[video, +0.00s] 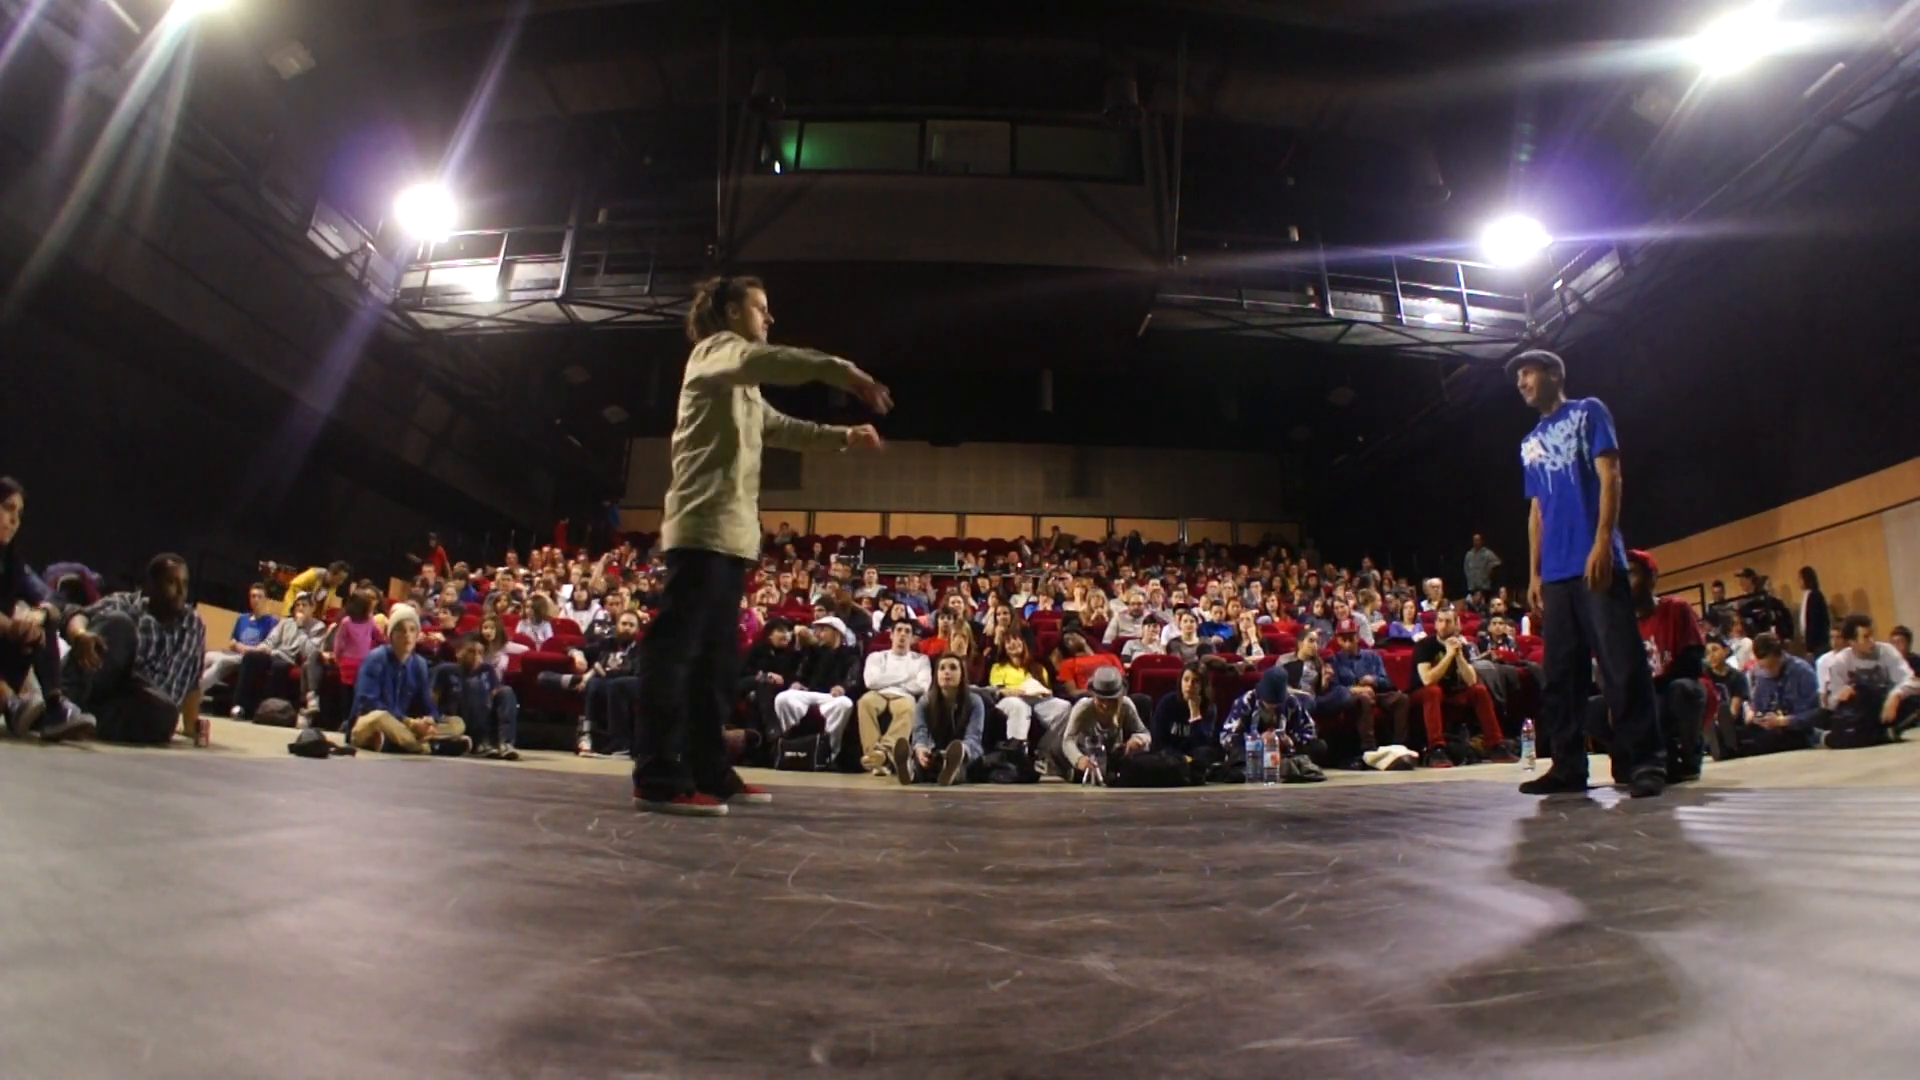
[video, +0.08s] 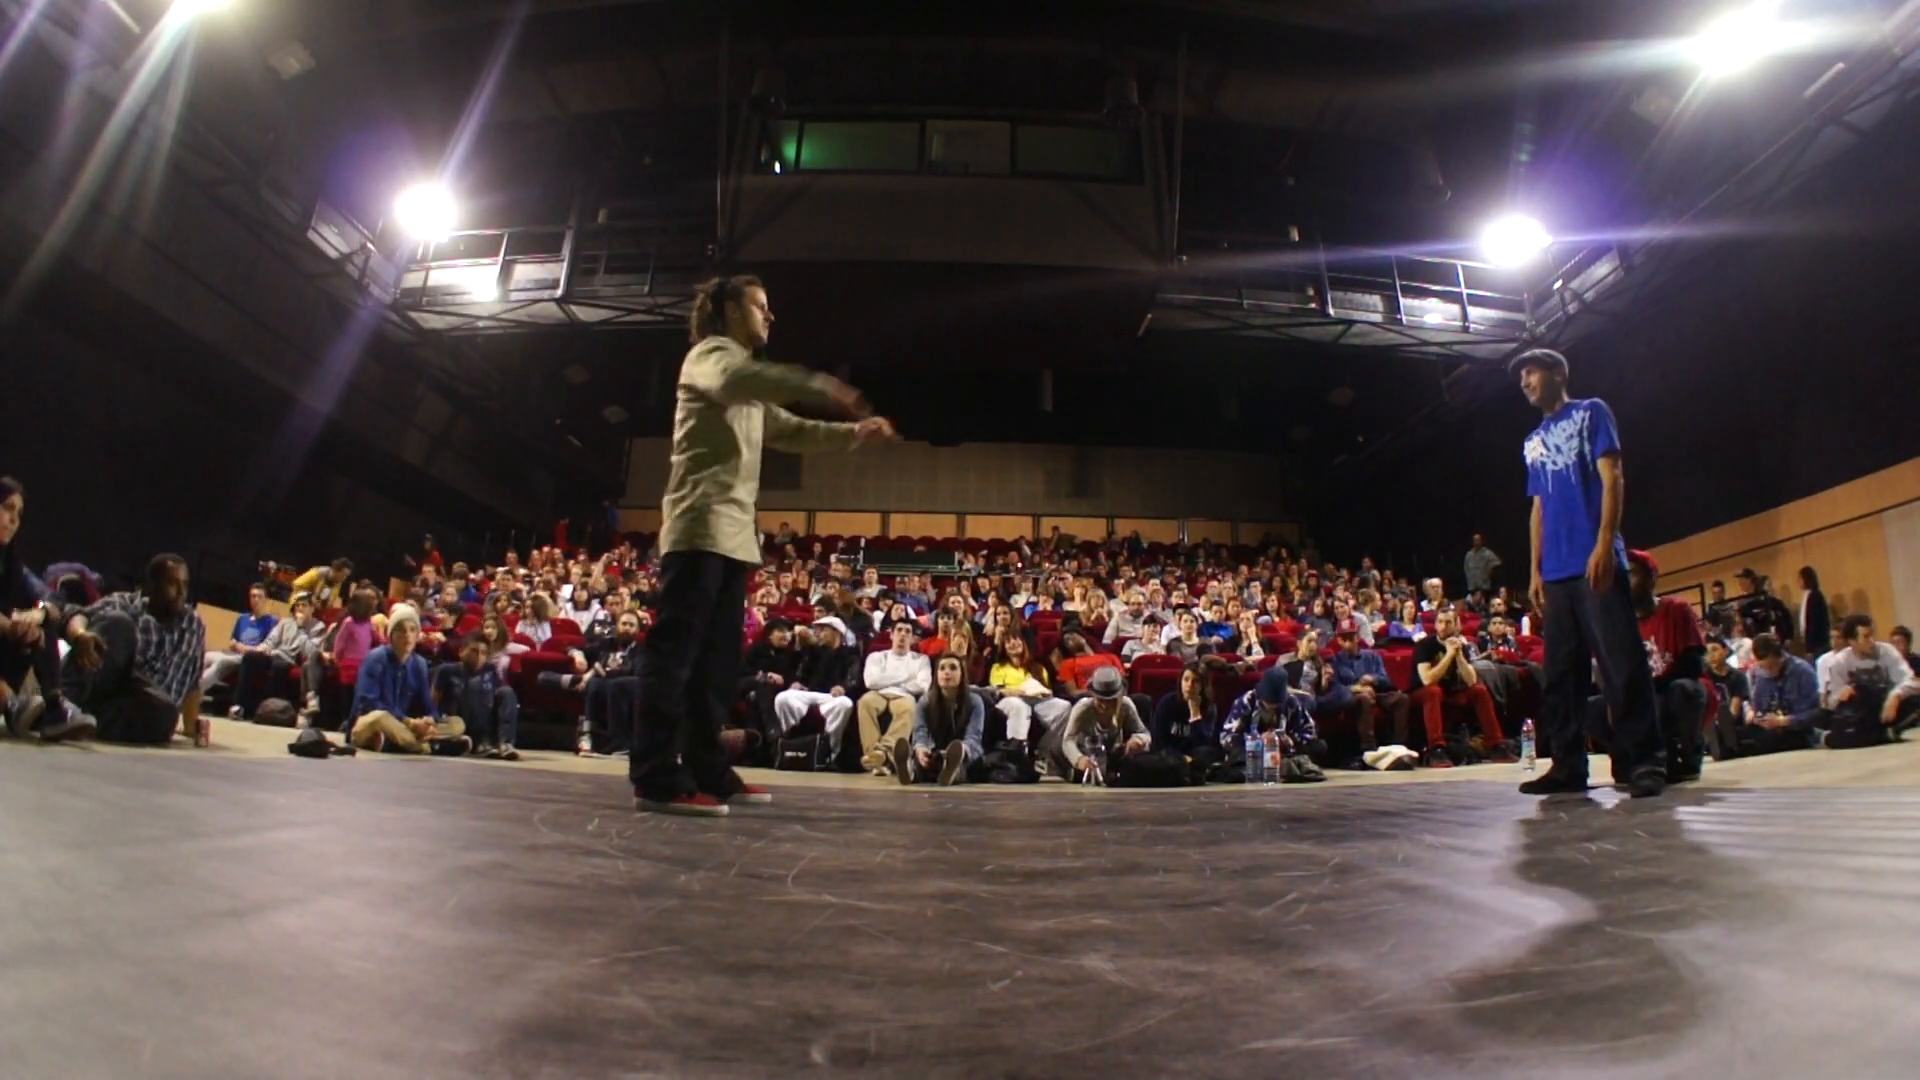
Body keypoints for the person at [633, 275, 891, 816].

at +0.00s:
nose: (769, 319)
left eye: (768, 311)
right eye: (761, 308)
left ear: (743, 315)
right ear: (729, 312)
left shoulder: (744, 379)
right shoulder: (714, 351)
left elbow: (779, 426)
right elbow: (768, 360)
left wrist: (844, 435)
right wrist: (848, 372)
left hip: (732, 534)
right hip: (703, 529)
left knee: (717, 658)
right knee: (675, 651)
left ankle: (709, 772)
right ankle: (658, 778)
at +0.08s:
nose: (769, 316)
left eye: (768, 308)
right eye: (759, 305)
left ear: (750, 316)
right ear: (727, 310)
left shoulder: (750, 382)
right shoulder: (709, 354)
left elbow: (786, 428)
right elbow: (733, 382)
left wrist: (851, 433)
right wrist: (821, 385)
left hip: (734, 532)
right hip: (699, 525)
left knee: (719, 659)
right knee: (674, 653)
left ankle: (708, 772)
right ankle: (655, 778)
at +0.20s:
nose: (769, 315)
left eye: (769, 307)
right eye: (760, 304)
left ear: (753, 316)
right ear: (727, 308)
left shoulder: (759, 381)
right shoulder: (695, 355)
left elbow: (805, 422)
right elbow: (689, 414)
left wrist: (859, 418)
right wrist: (771, 442)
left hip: (738, 538)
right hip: (688, 530)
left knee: (724, 660)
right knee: (675, 654)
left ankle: (708, 773)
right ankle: (655, 781)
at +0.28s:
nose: (771, 315)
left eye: (771, 308)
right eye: (762, 305)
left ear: (757, 315)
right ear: (728, 307)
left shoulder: (771, 382)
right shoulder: (690, 359)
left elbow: (815, 418)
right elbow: (656, 420)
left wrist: (843, 402)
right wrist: (712, 465)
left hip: (747, 538)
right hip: (686, 531)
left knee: (726, 658)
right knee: (673, 652)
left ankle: (707, 771)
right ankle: (653, 777)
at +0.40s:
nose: (775, 316)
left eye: (777, 309)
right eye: (766, 305)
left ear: (767, 318)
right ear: (733, 307)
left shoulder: (779, 384)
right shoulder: (685, 362)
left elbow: (843, 406)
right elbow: (629, 415)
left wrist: (818, 373)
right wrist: (679, 472)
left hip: (752, 545)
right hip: (685, 539)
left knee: (745, 660)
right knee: (670, 657)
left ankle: (738, 769)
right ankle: (656, 778)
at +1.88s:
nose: (736, 318)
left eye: (739, 308)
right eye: (735, 304)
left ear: (710, 295)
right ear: (710, 289)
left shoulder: (678, 343)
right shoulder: (678, 322)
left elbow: (699, 445)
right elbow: (701, 370)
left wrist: (764, 473)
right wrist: (782, 427)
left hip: (674, 509)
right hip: (654, 505)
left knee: (732, 603)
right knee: (630, 639)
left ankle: (712, 731)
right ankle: (591, 774)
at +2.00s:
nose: (754, 330)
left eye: (757, 320)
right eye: (752, 316)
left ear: (718, 306)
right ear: (726, 301)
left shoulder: (686, 343)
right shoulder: (703, 337)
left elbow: (713, 437)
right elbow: (706, 405)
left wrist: (781, 450)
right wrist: (743, 479)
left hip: (675, 525)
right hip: (666, 523)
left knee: (701, 651)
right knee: (652, 649)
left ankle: (693, 769)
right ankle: (593, 774)